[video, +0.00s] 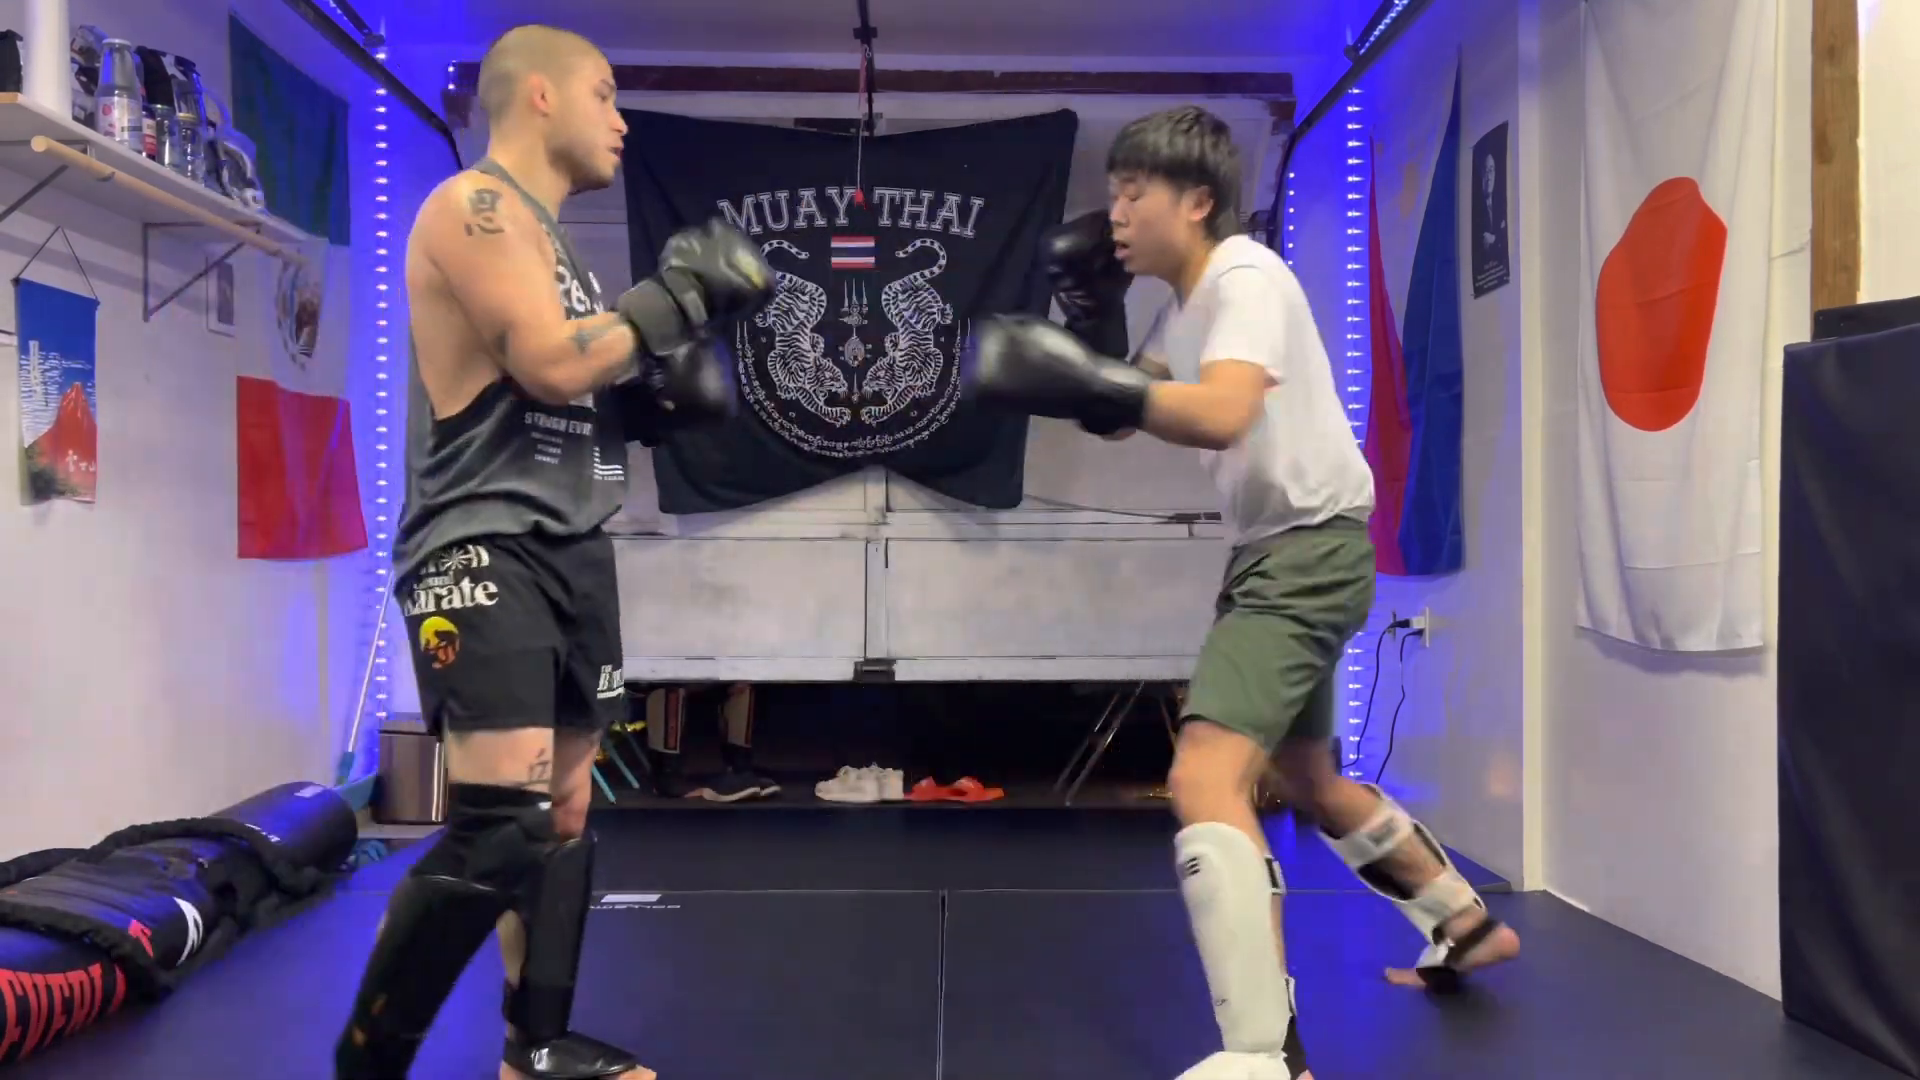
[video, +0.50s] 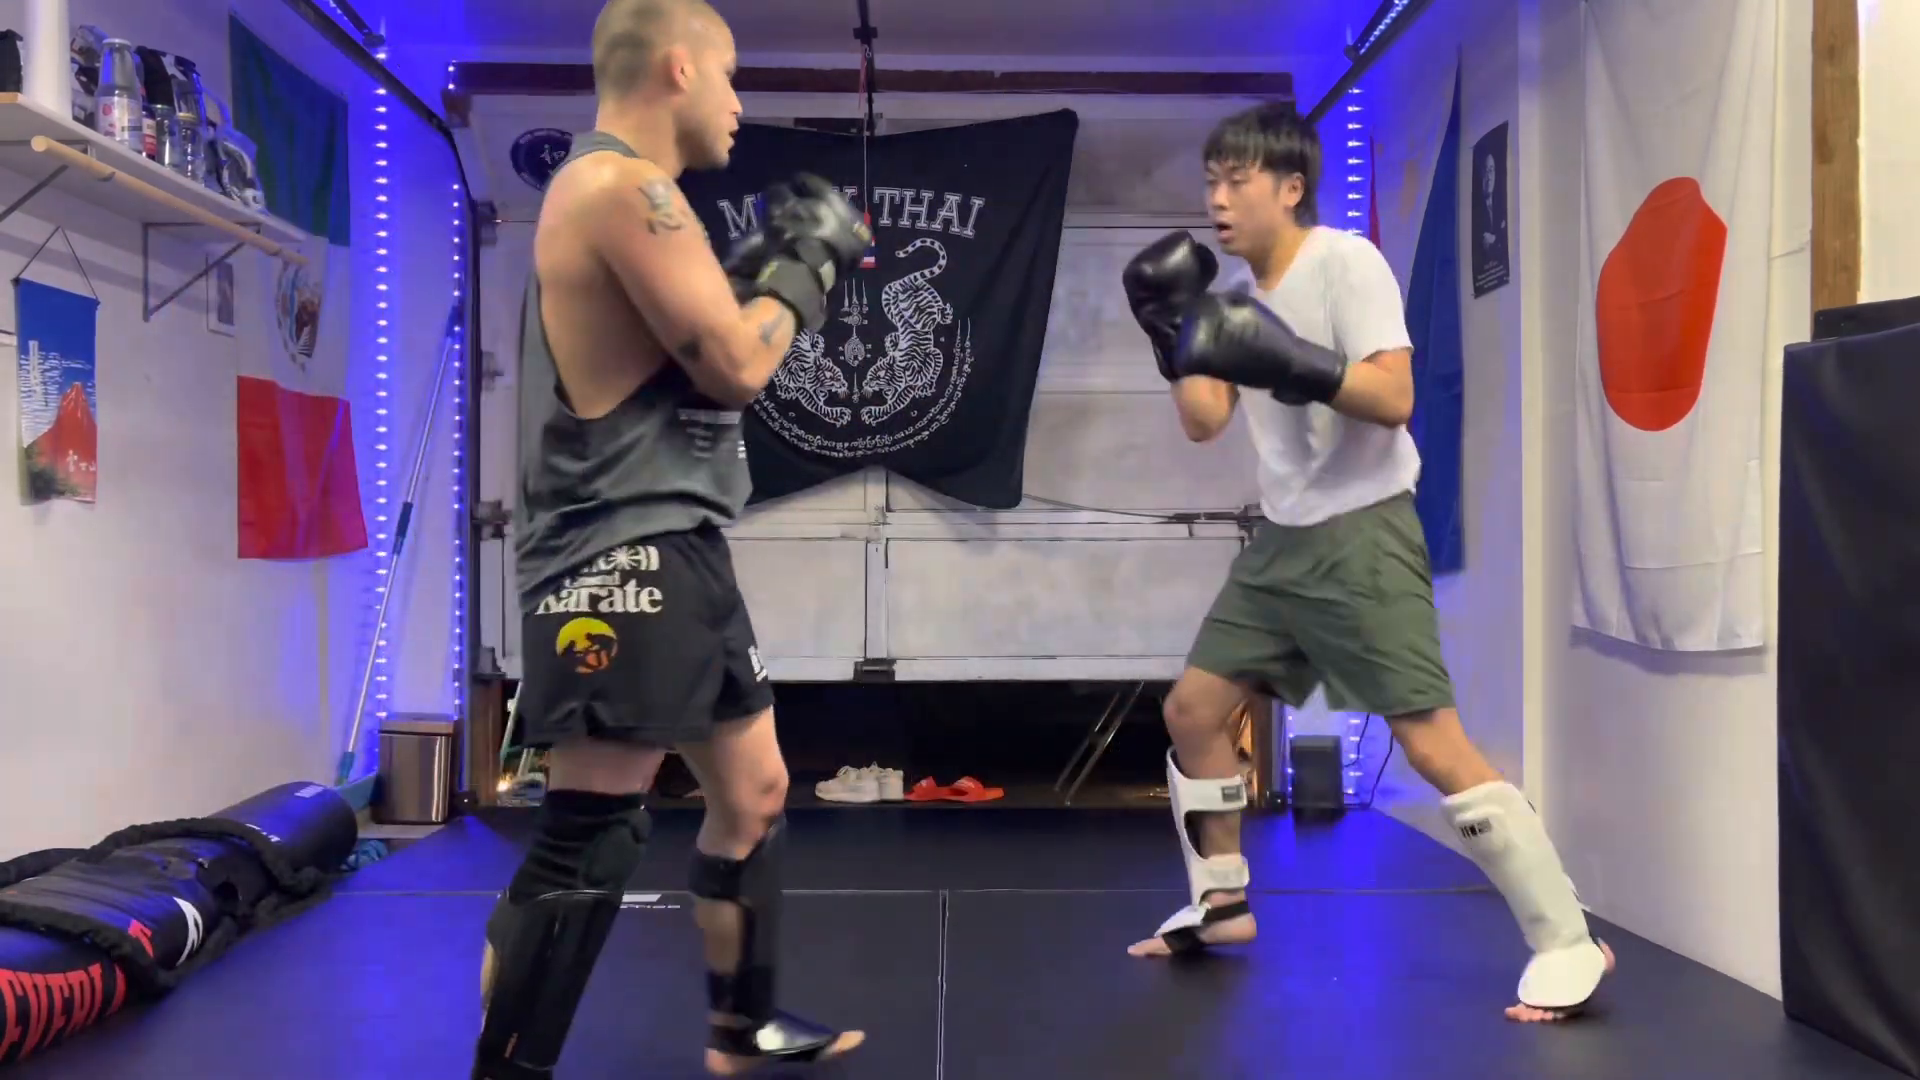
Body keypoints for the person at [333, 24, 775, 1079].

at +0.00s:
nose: (621, 120)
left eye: (616, 99)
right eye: (605, 97)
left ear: (542, 103)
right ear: (541, 100)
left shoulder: (552, 243)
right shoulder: (474, 205)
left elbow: (554, 397)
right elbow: (550, 361)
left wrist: (642, 401)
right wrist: (677, 295)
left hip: (569, 548)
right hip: (481, 543)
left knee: (562, 807)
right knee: (501, 822)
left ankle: (541, 1042)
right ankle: (367, 1060)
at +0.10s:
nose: (643, 113)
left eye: (639, 93)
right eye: (626, 89)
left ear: (566, 95)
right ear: (558, 90)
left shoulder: (593, 241)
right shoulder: (485, 208)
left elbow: (597, 385)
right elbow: (594, 357)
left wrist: (653, 389)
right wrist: (701, 269)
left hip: (583, 544)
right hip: (504, 537)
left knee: (568, 806)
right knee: (552, 809)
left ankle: (510, 1043)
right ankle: (492, 1051)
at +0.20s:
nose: (662, 115)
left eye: (659, 94)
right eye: (645, 91)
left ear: (585, 95)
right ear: (578, 92)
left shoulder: (612, 233)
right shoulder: (499, 216)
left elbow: (627, 369)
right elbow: (617, 384)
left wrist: (691, 400)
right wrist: (721, 288)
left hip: (606, 546)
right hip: (524, 546)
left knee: (616, 816)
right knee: (577, 819)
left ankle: (540, 1045)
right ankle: (508, 1059)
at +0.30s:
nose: (688, 115)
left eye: (685, 92)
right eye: (673, 90)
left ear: (607, 97)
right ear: (610, 93)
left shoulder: (623, 230)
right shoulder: (525, 220)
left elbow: (633, 409)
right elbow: (627, 407)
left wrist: (715, 398)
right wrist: (721, 327)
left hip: (625, 550)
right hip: (545, 555)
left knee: (685, 822)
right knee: (588, 850)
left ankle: (558, 1017)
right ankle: (505, 1064)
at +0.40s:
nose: (715, 107)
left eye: (714, 84)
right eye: (704, 81)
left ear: (635, 80)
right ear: (643, 77)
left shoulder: (634, 218)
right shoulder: (564, 197)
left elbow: (649, 385)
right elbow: (662, 394)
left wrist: (734, 321)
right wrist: (753, 318)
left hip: (652, 548)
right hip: (579, 553)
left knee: (735, 793)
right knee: (583, 850)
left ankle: (626, 999)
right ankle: (507, 1068)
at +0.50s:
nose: (737, 104)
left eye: (734, 81)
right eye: (728, 79)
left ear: (654, 76)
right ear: (674, 74)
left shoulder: (634, 193)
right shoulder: (616, 186)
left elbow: (715, 361)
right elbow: (738, 364)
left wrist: (785, 267)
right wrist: (802, 259)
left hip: (673, 547)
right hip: (617, 552)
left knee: (752, 793)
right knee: (588, 835)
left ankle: (742, 1027)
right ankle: (511, 1067)